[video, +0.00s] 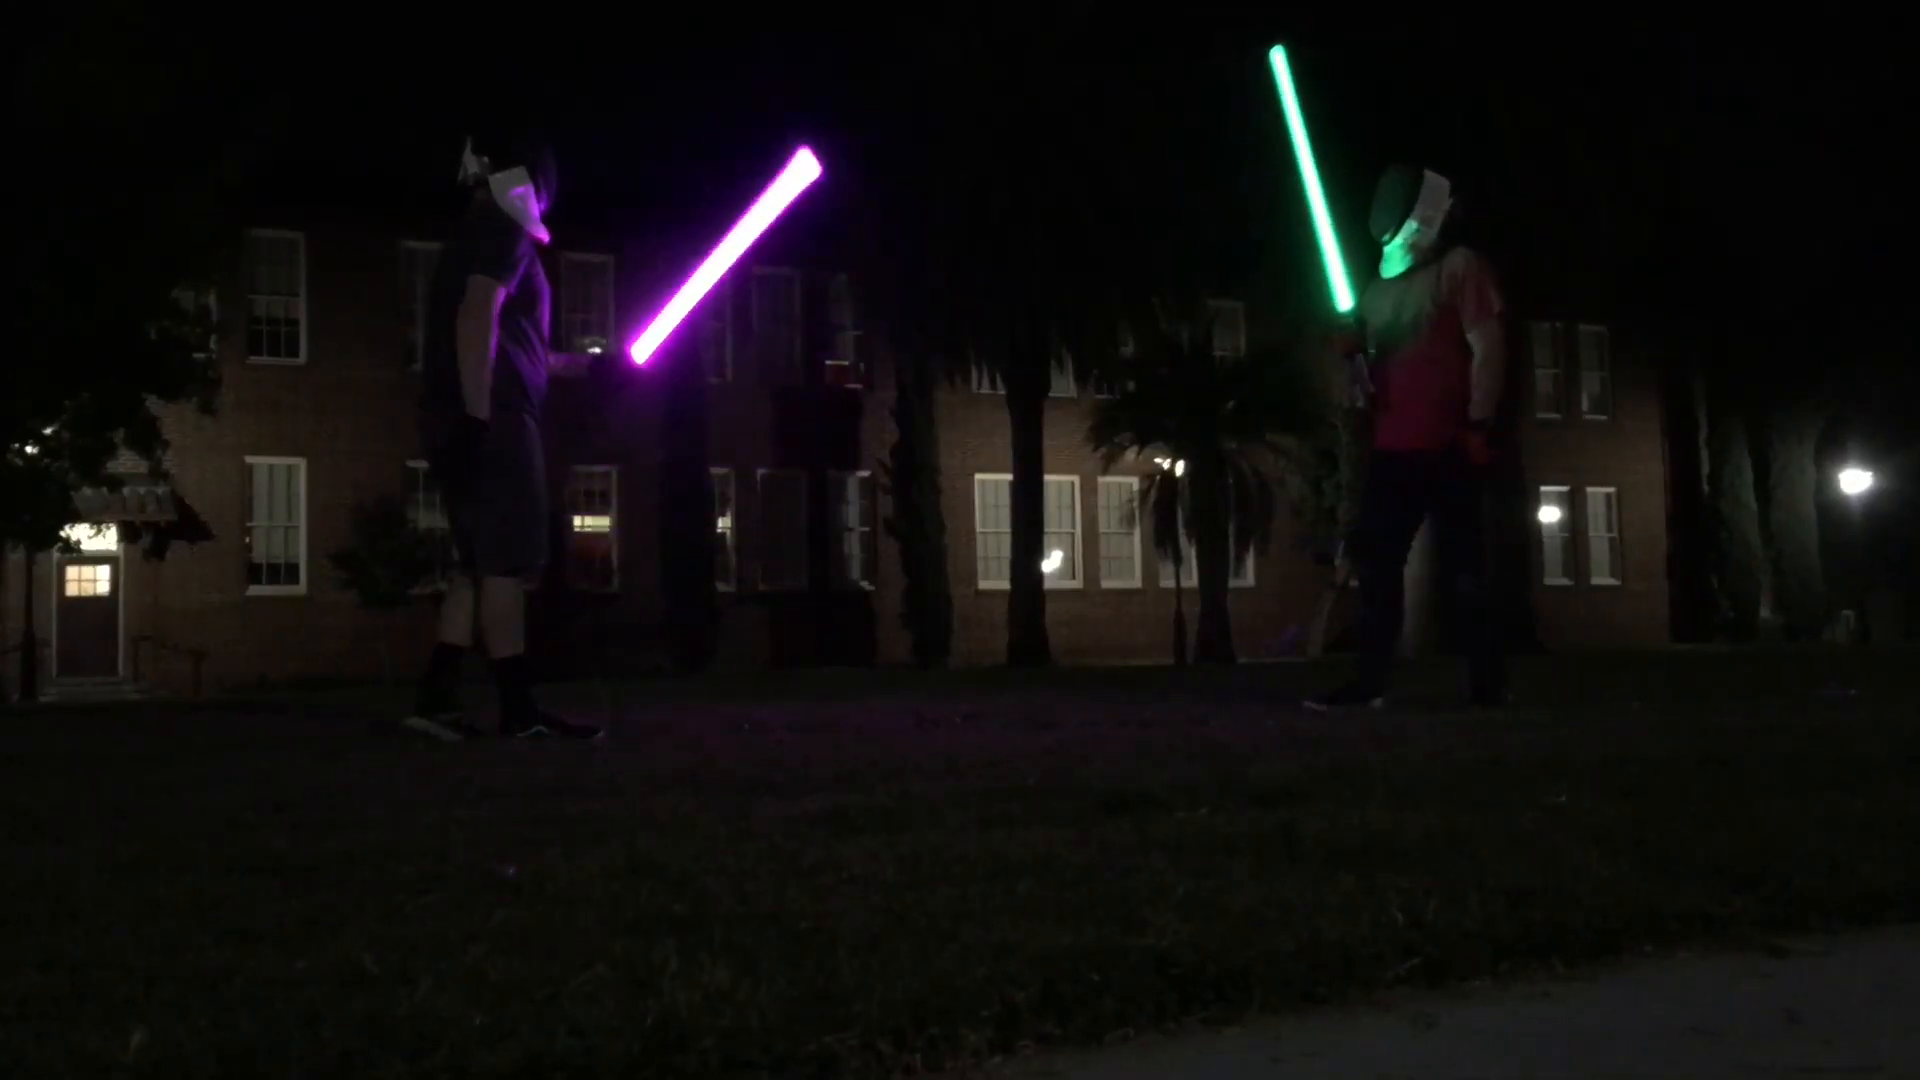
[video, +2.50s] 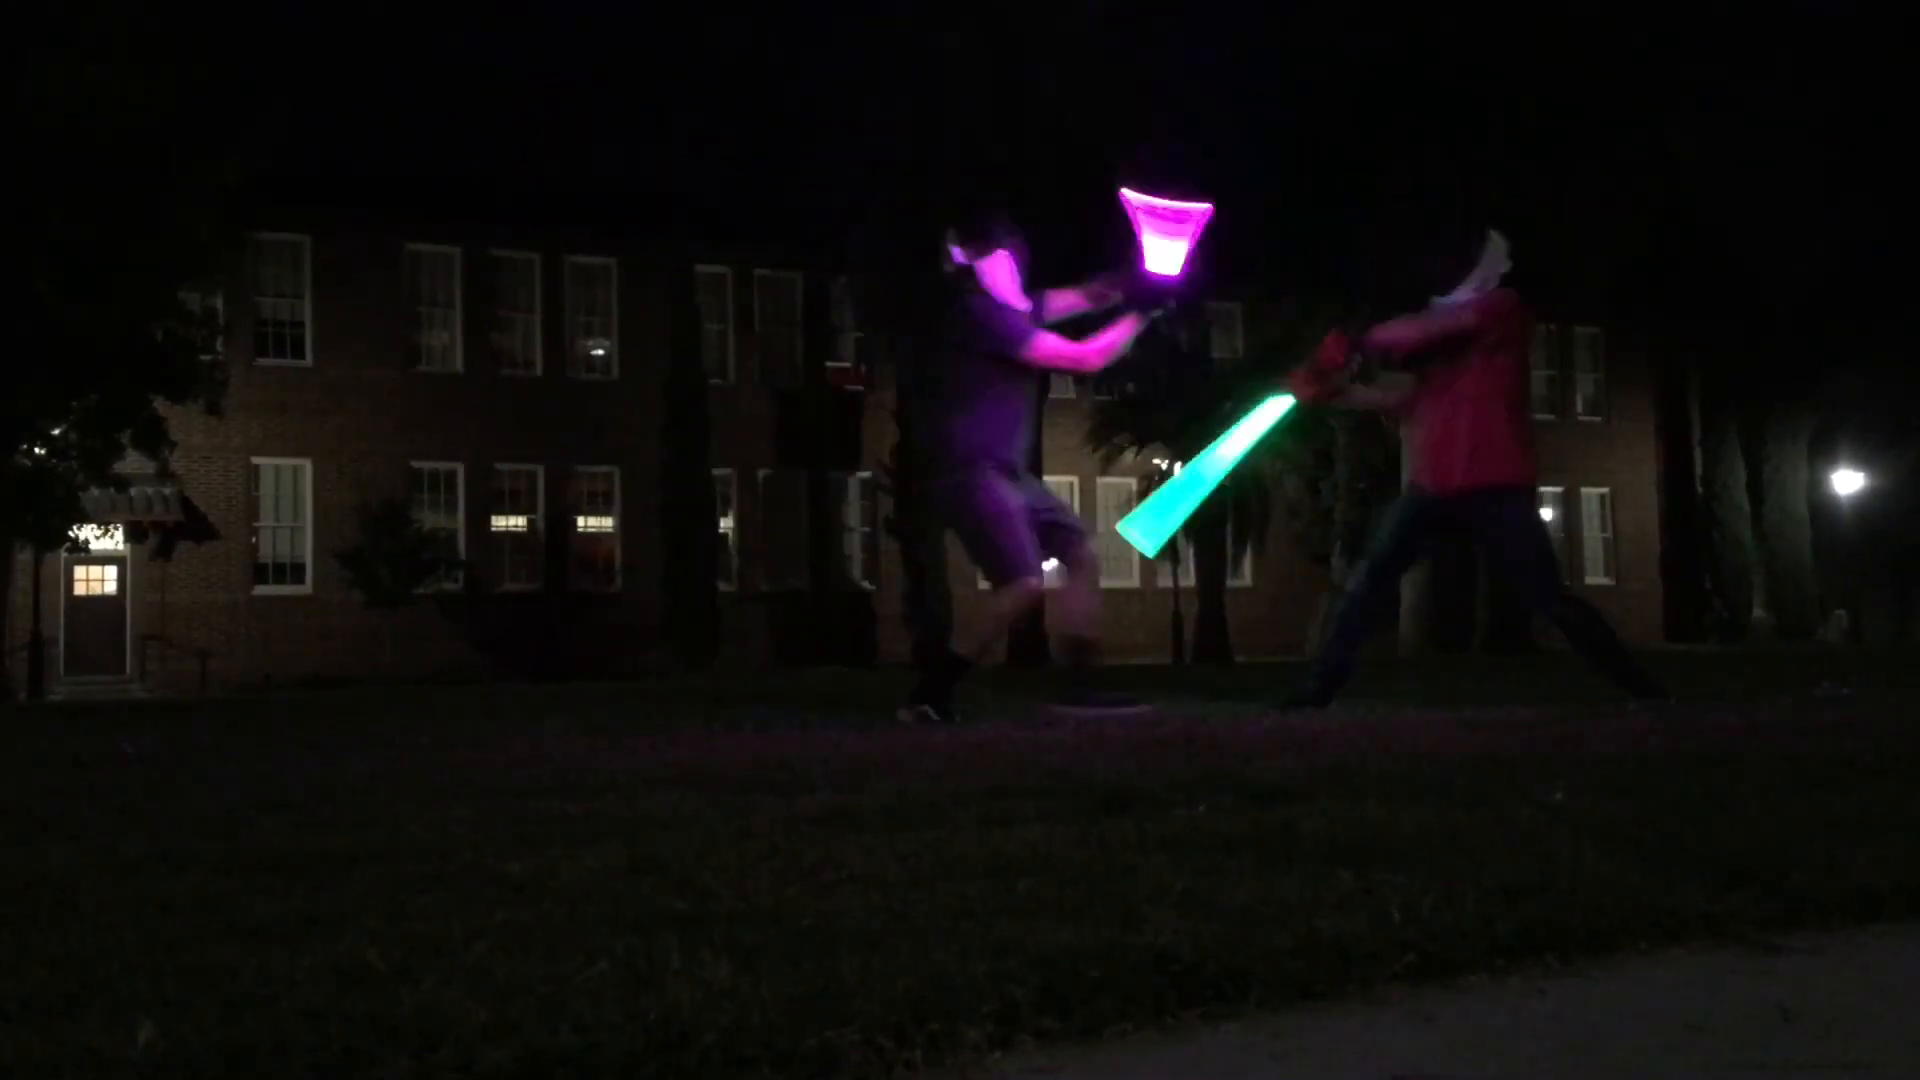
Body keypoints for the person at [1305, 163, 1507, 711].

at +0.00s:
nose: (1387, 237)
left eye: (1397, 225)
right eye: (1385, 227)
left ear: (1425, 221)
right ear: (1389, 226)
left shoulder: (1460, 271)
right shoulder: (1379, 289)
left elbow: (1488, 348)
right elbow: (1361, 392)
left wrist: (1481, 421)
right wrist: (1349, 356)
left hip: (1452, 446)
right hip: (1394, 450)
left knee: (1463, 568)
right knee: (1376, 562)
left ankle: (1481, 679)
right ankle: (1367, 677)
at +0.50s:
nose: (1365, 233)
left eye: (1373, 221)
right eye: (1358, 222)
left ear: (1393, 220)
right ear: (1353, 223)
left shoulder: (1421, 271)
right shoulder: (1341, 284)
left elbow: (1470, 345)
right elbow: (1330, 372)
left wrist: (1439, 399)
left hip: (1422, 446)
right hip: (1356, 452)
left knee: (1449, 570)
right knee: (1364, 574)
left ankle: (1473, 678)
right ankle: (1360, 680)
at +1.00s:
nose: (1353, 240)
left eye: (1363, 228)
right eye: (1351, 229)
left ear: (1384, 228)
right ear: (1351, 233)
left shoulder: (1419, 276)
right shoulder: (1337, 300)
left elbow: (1466, 352)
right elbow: (1308, 377)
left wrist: (1456, 411)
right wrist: (1273, 430)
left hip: (1421, 448)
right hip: (1353, 457)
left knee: (1444, 568)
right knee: (1361, 572)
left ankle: (1470, 678)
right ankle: (1359, 679)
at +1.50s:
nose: (1380, 235)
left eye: (1391, 222)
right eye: (1376, 223)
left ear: (1412, 224)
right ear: (1370, 227)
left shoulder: (1436, 279)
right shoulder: (1368, 291)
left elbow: (1459, 357)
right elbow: (1357, 367)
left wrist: (1406, 404)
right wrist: (1323, 410)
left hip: (1436, 452)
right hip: (1378, 452)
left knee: (1449, 568)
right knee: (1367, 567)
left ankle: (1470, 678)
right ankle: (1361, 680)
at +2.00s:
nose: (1369, 253)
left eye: (1379, 240)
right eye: (1363, 243)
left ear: (1404, 237)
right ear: (1360, 245)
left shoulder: (1434, 289)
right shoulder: (1356, 309)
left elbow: (1414, 365)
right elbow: (1339, 375)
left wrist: (1340, 393)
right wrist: (1298, 370)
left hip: (1432, 461)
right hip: (1371, 464)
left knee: (1446, 576)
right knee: (1338, 566)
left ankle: (1474, 684)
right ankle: (1321, 680)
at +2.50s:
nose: (1449, 282)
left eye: (1460, 271)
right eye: (1450, 273)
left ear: (1485, 274)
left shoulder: (1502, 310)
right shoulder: (1441, 330)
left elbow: (1431, 331)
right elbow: (1406, 398)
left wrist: (1367, 343)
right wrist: (1338, 392)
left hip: (1495, 482)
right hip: (1436, 485)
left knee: (1548, 598)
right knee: (1373, 584)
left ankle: (1640, 688)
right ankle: (1317, 690)